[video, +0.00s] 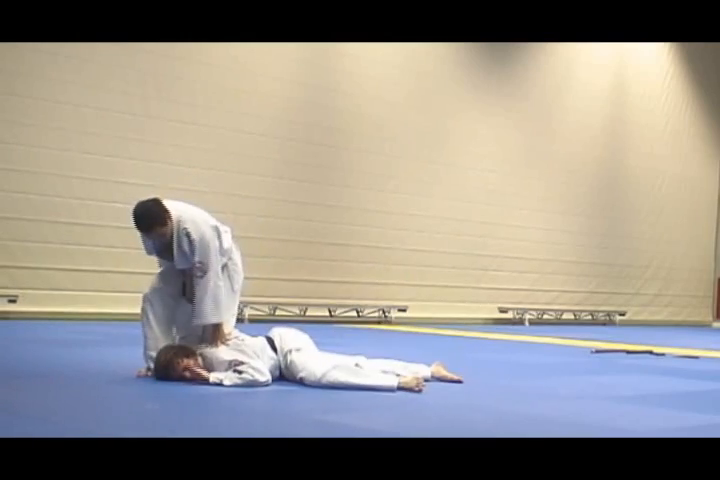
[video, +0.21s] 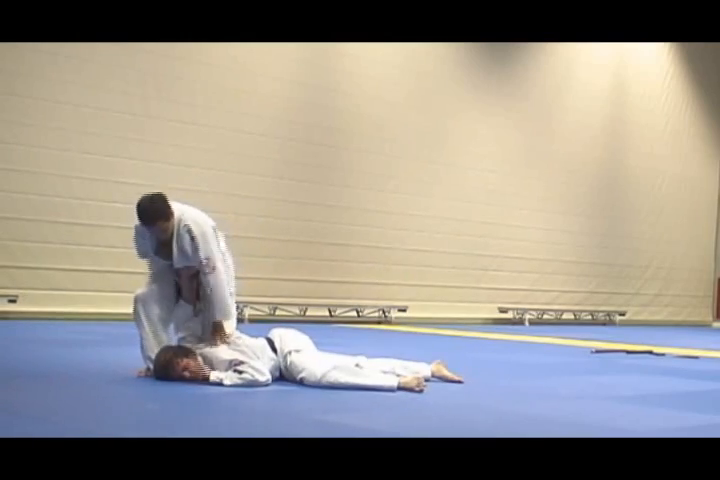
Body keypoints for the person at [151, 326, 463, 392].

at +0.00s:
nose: (191, 373)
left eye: (189, 366)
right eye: (183, 373)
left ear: (192, 356)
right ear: (178, 372)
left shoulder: (217, 352)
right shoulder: (198, 358)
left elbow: (260, 374)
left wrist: (215, 381)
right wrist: (157, 368)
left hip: (283, 346)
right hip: (280, 350)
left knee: (316, 373)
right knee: (351, 364)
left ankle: (400, 381)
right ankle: (425, 368)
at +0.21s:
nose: (189, 374)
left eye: (187, 367)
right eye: (182, 374)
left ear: (191, 355)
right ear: (178, 372)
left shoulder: (217, 349)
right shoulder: (196, 358)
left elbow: (260, 375)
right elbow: (176, 359)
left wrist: (216, 379)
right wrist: (156, 369)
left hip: (282, 346)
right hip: (280, 352)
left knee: (315, 373)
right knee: (352, 365)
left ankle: (399, 382)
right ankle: (427, 368)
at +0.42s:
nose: (189, 370)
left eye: (185, 365)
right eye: (182, 371)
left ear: (189, 356)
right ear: (181, 369)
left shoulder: (215, 354)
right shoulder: (202, 355)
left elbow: (260, 376)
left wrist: (212, 379)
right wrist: (156, 368)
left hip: (282, 351)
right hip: (281, 351)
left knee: (316, 374)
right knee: (354, 363)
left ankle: (396, 381)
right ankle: (428, 369)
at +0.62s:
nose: (188, 372)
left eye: (185, 366)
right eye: (180, 372)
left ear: (190, 357)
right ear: (175, 369)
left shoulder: (217, 356)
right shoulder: (190, 350)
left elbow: (258, 374)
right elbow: (186, 317)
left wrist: (210, 381)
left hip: (283, 348)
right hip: (283, 351)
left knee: (316, 373)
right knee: (350, 365)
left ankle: (400, 382)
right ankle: (424, 368)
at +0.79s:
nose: (188, 373)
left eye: (183, 368)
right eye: (180, 374)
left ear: (189, 355)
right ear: (181, 368)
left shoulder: (215, 354)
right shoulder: (202, 352)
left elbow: (260, 375)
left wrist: (214, 380)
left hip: (282, 348)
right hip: (281, 350)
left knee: (317, 374)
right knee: (353, 363)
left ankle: (397, 381)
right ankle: (427, 367)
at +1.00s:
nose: (189, 371)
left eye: (185, 366)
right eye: (182, 372)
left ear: (188, 354)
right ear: (182, 370)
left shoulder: (212, 351)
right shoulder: (204, 356)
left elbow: (259, 373)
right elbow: (235, 365)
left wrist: (213, 379)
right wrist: (207, 368)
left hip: (280, 346)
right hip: (281, 351)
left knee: (315, 373)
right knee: (351, 364)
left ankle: (399, 381)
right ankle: (427, 369)